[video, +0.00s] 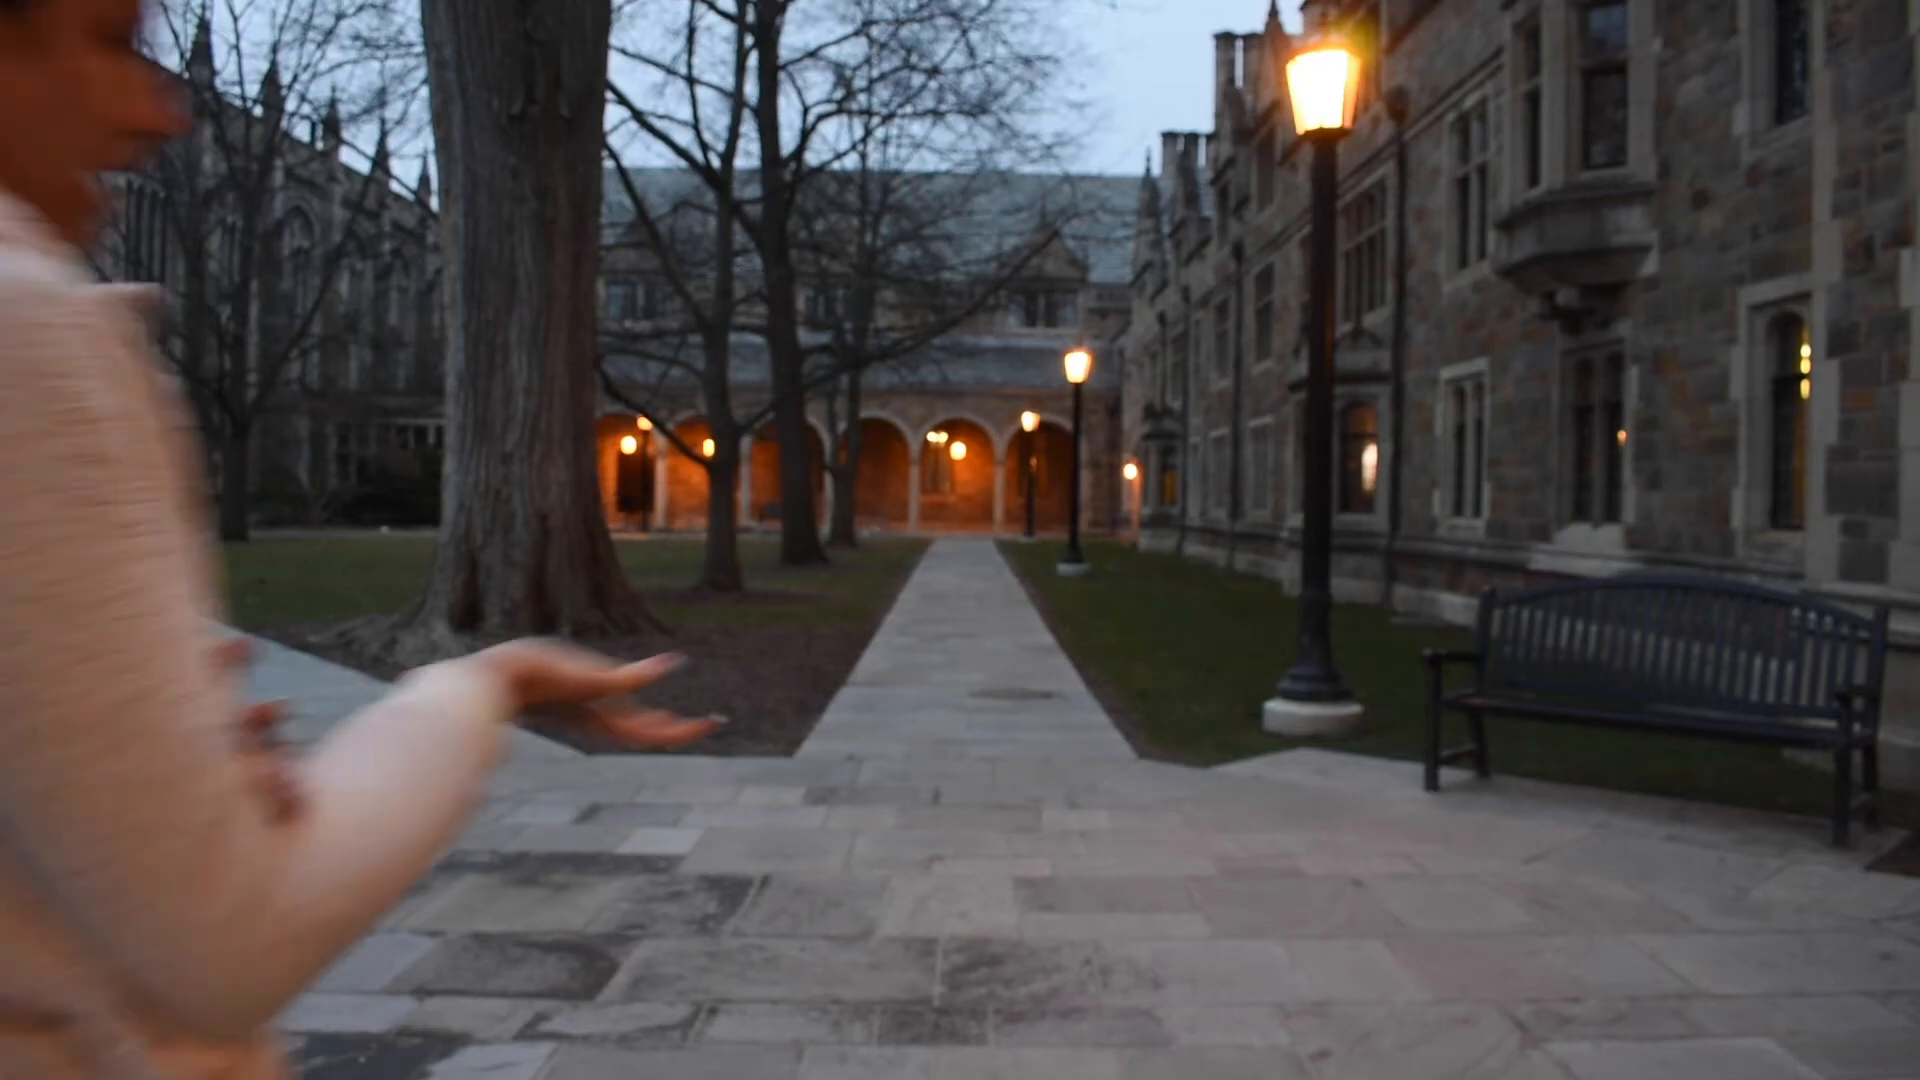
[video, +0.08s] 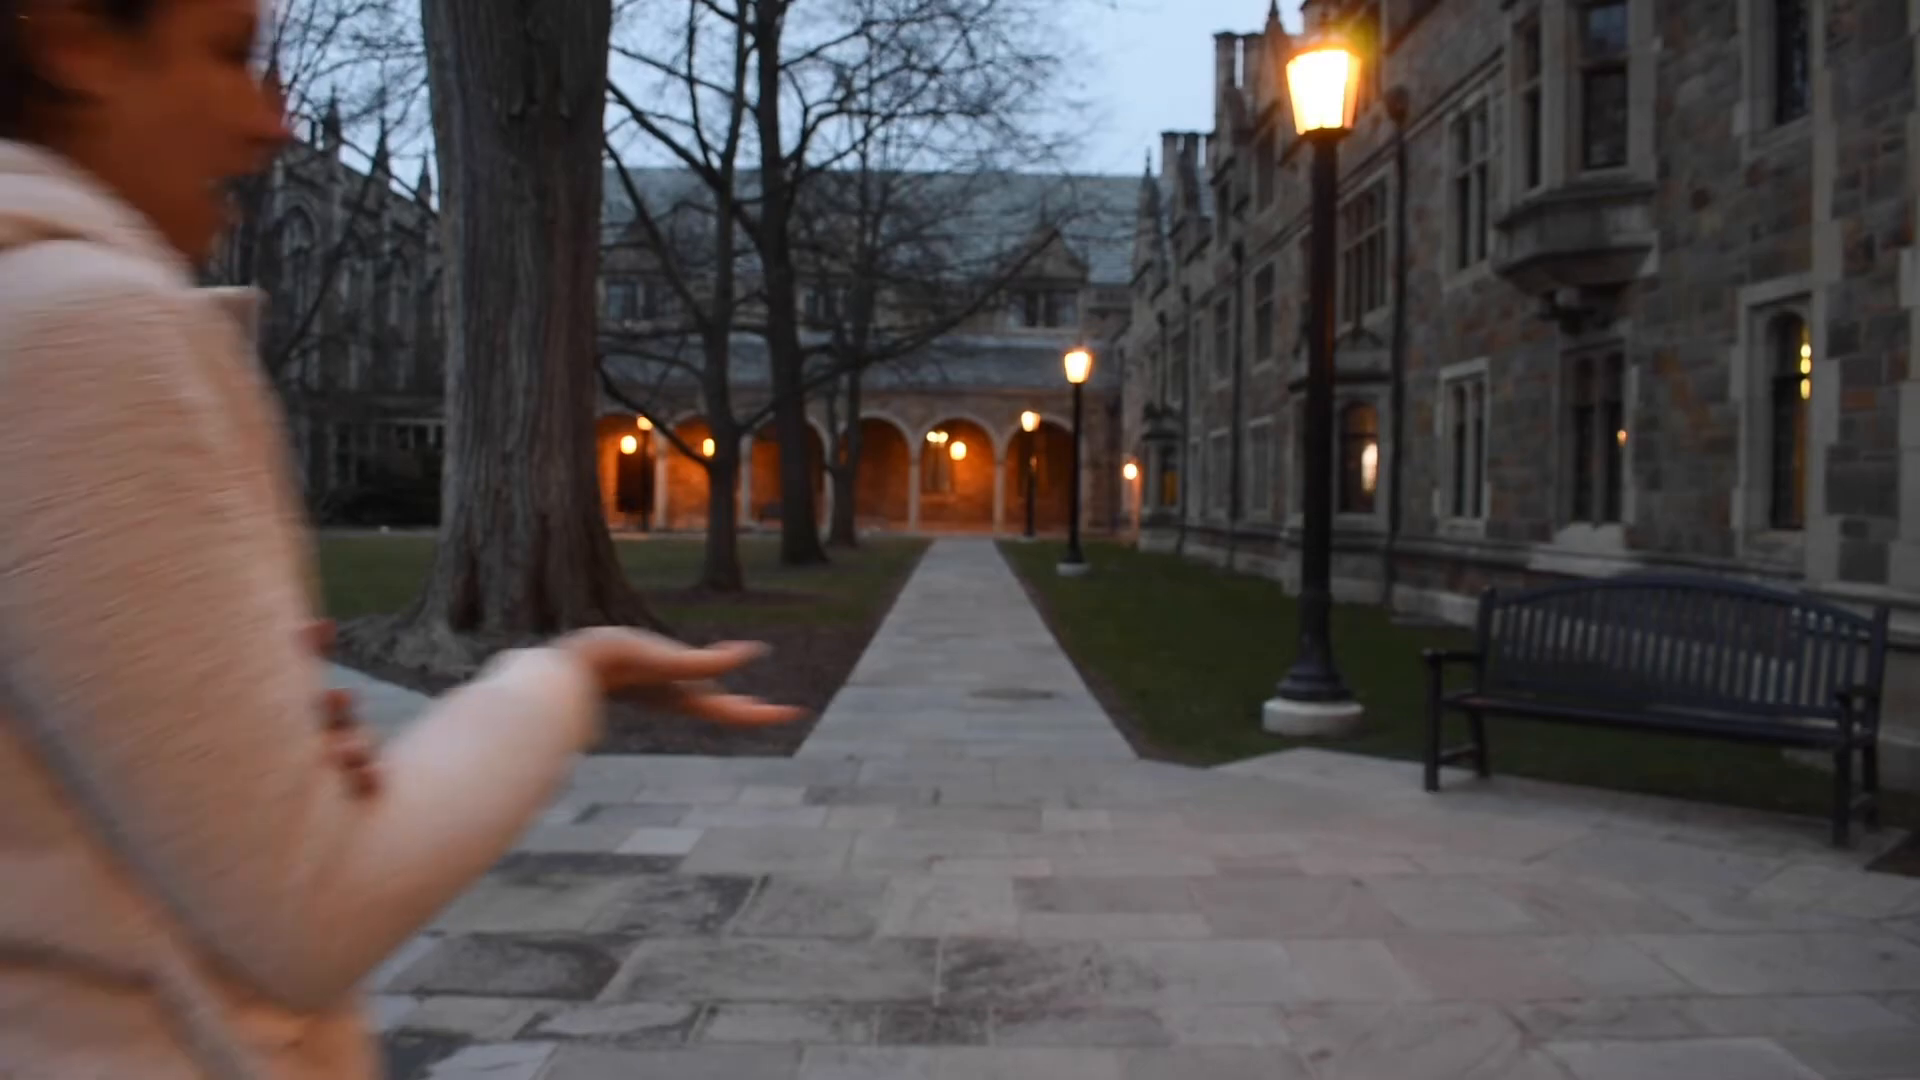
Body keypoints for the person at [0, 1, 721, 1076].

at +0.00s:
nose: (164, 107)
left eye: (143, 46)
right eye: (116, 40)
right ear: (11, 40)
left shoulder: (42, 316)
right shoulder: (32, 322)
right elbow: (222, 946)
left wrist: (170, 754)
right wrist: (483, 686)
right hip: (90, 1051)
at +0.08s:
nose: (275, 117)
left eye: (259, 60)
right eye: (235, 53)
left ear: (84, 49)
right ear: (76, 44)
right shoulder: (80, 319)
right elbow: (304, 913)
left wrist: (260, 726)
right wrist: (567, 676)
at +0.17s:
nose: (374, 127)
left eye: (365, 67)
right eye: (339, 58)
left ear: (186, 52)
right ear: (182, 46)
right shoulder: (159, 308)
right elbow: (366, 880)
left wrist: (362, 730)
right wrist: (651, 677)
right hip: (208, 1057)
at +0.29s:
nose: (519, 130)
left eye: (517, 80)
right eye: (477, 68)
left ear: (335, 69)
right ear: (322, 63)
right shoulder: (275, 322)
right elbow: (466, 862)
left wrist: (524, 720)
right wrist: (763, 672)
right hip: (322, 1042)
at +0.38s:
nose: (598, 149)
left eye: (597, 101)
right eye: (560, 90)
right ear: (410, 92)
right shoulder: (364, 335)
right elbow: (555, 867)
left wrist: (624, 720)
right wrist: (847, 673)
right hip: (419, 1043)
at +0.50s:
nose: (723, 156)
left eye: (714, 106)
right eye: (685, 102)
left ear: (554, 121)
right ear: (545, 113)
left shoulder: (505, 333)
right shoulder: (504, 351)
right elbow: (690, 862)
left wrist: (747, 717)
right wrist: (984, 674)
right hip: (577, 1045)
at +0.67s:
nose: (888, 160)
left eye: (879, 111)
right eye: (851, 107)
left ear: (721, 124)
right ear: (716, 116)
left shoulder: (633, 329)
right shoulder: (681, 346)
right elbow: (859, 844)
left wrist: (876, 708)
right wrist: (1131, 655)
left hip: (663, 1023)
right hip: (743, 1045)